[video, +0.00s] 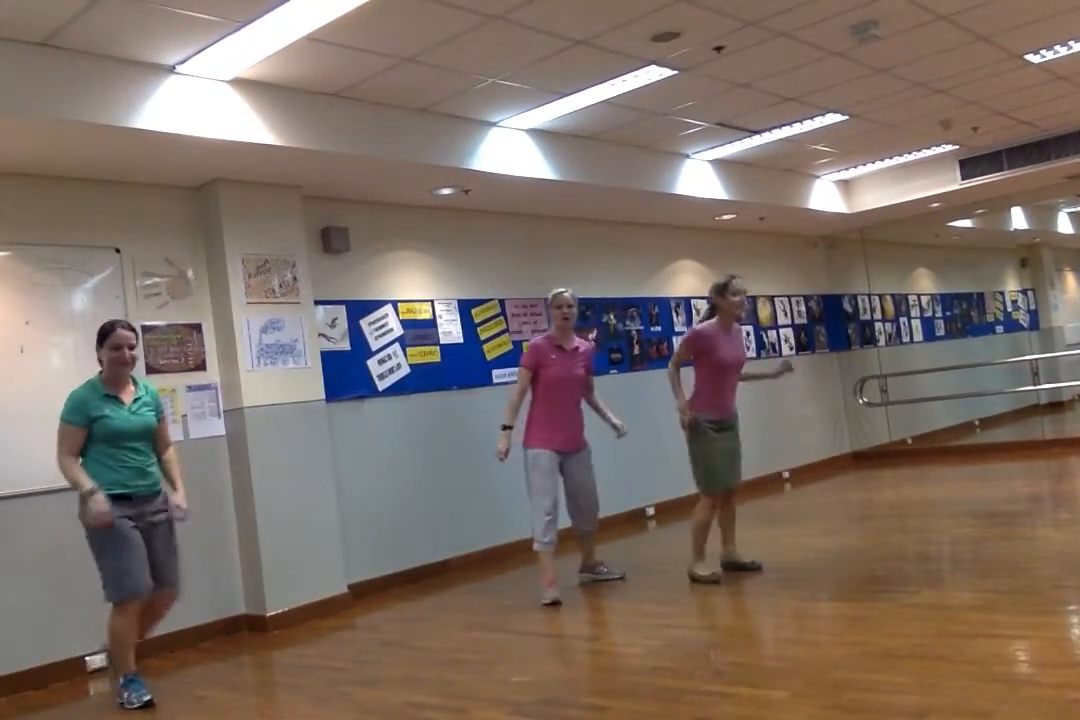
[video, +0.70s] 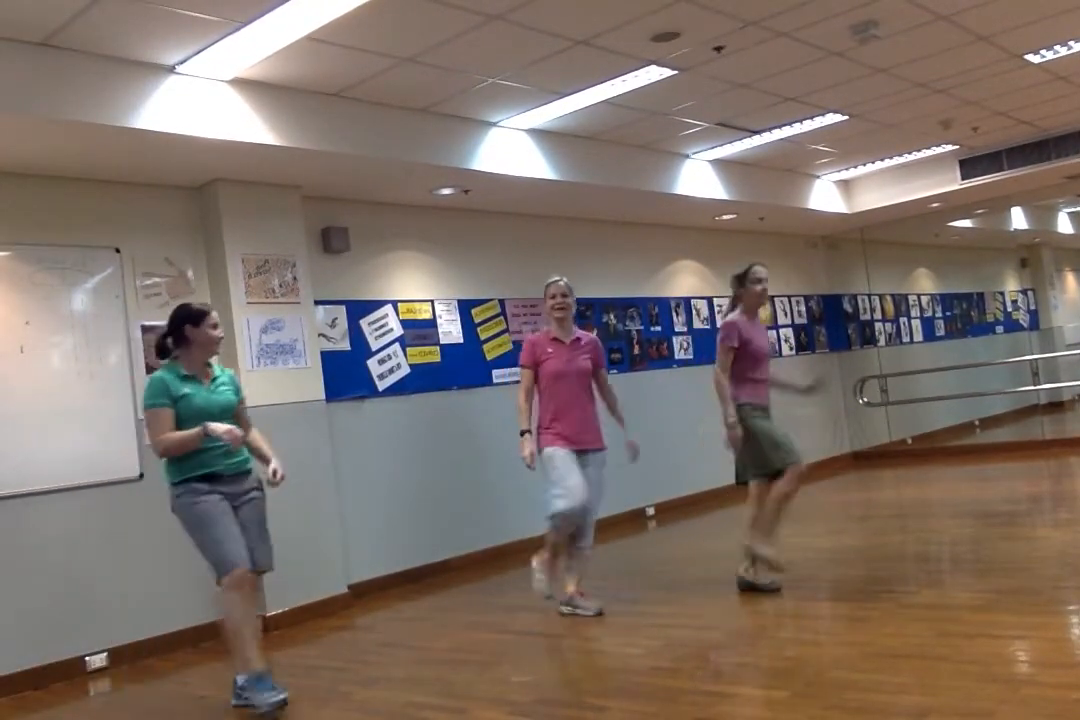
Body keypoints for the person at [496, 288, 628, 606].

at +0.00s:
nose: (565, 311)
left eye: (570, 306)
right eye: (560, 307)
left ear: (576, 310)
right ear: (549, 312)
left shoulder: (585, 349)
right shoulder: (537, 347)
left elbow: (588, 393)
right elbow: (519, 391)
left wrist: (611, 419)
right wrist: (505, 432)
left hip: (574, 440)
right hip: (541, 441)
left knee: (587, 504)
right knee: (546, 509)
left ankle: (589, 563)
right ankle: (549, 584)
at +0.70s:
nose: (560, 301)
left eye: (565, 295)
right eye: (554, 297)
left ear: (574, 302)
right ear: (544, 305)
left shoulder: (590, 342)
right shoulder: (534, 344)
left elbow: (605, 388)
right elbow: (525, 393)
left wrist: (625, 430)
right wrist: (526, 434)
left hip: (590, 437)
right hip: (552, 436)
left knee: (587, 513)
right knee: (574, 498)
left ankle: (573, 591)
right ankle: (544, 559)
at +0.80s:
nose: (569, 300)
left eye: (574, 294)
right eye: (562, 296)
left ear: (583, 300)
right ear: (553, 303)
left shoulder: (597, 340)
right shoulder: (543, 342)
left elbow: (618, 386)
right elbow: (530, 390)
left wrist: (643, 414)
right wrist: (526, 436)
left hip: (595, 435)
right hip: (561, 434)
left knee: (587, 513)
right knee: (602, 489)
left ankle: (573, 591)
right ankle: (580, 576)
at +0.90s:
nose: (580, 299)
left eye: (585, 294)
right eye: (573, 295)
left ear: (594, 300)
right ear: (564, 303)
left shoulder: (606, 339)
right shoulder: (555, 341)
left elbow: (628, 382)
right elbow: (539, 391)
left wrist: (651, 402)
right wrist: (531, 435)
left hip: (602, 434)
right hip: (571, 435)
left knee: (598, 512)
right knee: (610, 496)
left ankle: (573, 590)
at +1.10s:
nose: (607, 311)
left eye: (611, 305)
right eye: (600, 307)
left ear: (619, 309)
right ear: (590, 314)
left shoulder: (623, 347)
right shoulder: (585, 350)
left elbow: (619, 397)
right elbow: (563, 401)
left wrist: (643, 431)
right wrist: (580, 436)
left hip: (612, 442)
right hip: (586, 444)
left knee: (626, 508)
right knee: (627, 503)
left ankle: (576, 553)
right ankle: (640, 584)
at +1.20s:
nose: (609, 319)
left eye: (614, 312)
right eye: (602, 315)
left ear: (621, 316)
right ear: (593, 321)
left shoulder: (621, 349)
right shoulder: (591, 358)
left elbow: (611, 392)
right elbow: (577, 411)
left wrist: (617, 422)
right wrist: (605, 423)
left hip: (606, 442)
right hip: (585, 446)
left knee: (620, 507)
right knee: (633, 503)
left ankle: (565, 543)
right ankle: (640, 585)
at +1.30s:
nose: (608, 325)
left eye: (612, 319)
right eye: (600, 321)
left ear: (619, 321)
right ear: (590, 327)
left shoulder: (611, 350)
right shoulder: (592, 361)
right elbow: (592, 407)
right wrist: (611, 409)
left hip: (602, 445)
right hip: (586, 448)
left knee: (602, 513)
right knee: (632, 499)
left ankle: (566, 553)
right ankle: (640, 583)